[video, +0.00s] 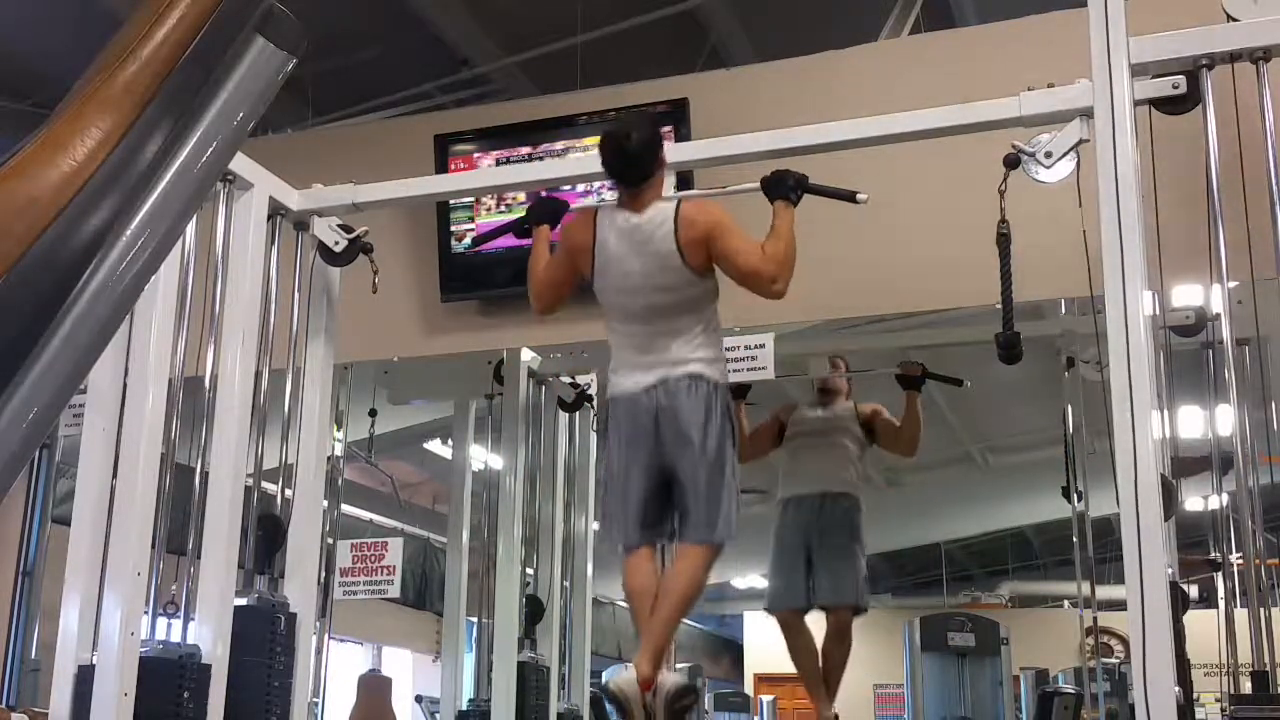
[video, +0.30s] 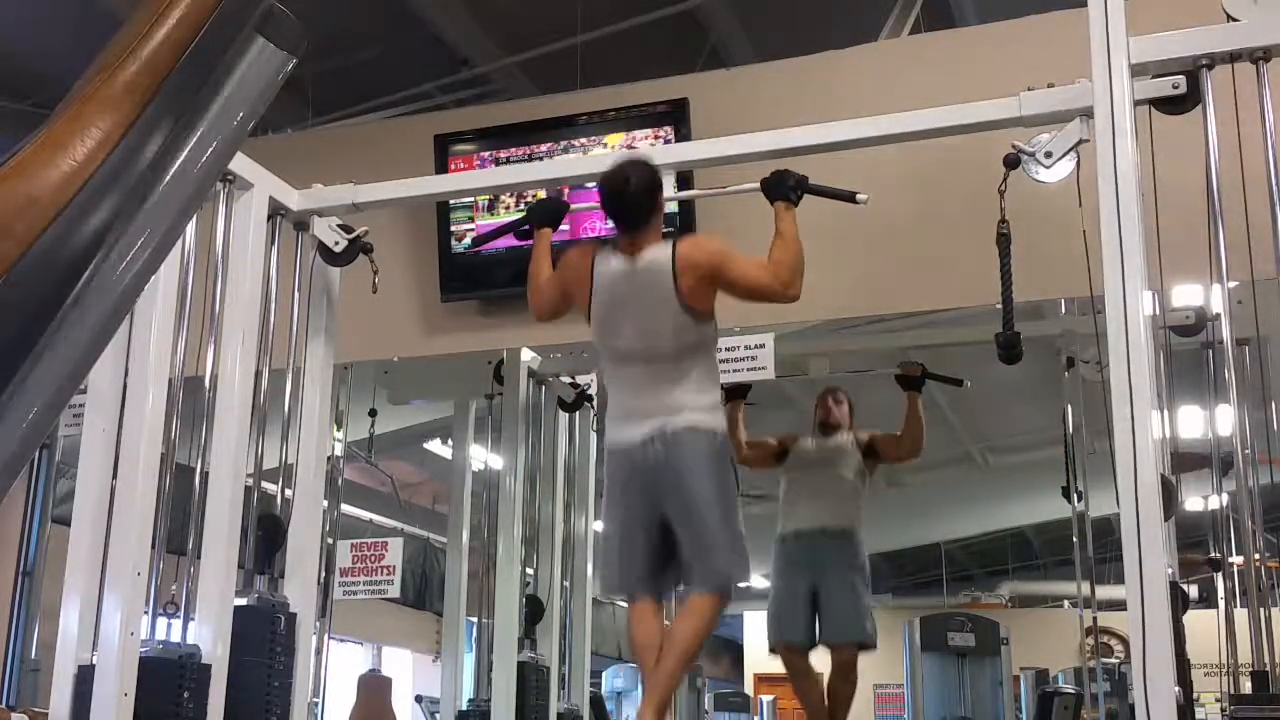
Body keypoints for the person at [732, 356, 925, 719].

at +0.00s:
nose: (830, 368)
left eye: (838, 366)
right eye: (824, 366)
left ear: (849, 382)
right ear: (813, 380)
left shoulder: (865, 413)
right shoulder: (791, 413)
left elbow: (906, 445)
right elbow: (744, 451)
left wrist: (912, 393)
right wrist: (737, 401)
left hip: (841, 509)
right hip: (793, 510)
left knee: (841, 612)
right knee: (785, 610)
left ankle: (825, 708)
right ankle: (822, 707)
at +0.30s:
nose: (828, 405)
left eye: (836, 401)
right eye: (822, 402)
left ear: (849, 414)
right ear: (814, 415)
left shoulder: (862, 443)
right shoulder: (793, 444)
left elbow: (909, 448)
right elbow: (743, 453)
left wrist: (913, 393)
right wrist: (734, 404)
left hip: (841, 548)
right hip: (792, 550)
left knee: (845, 652)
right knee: (789, 647)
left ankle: (837, 716)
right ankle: (819, 715)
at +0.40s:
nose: (830, 430)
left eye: (838, 427)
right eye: (824, 426)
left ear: (851, 439)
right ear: (816, 439)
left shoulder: (863, 466)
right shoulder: (795, 466)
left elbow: (909, 446)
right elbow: (740, 455)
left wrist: (912, 393)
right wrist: (735, 403)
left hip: (841, 572)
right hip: (791, 573)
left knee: (846, 681)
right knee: (784, 676)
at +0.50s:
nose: (830, 448)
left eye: (838, 446)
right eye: (825, 445)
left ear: (851, 459)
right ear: (815, 457)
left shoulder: (862, 485)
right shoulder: (790, 484)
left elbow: (905, 449)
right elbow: (742, 454)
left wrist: (912, 394)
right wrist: (736, 402)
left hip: (839, 591)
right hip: (788, 592)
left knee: (844, 697)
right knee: (783, 696)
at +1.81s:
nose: (827, 466)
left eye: (835, 464)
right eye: (820, 463)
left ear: (847, 476)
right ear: (811, 475)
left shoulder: (860, 499)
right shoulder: (789, 497)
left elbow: (902, 452)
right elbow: (745, 456)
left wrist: (910, 395)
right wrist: (737, 403)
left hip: (839, 614)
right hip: (788, 613)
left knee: (844, 709)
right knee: (781, 708)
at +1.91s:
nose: (826, 458)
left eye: (835, 457)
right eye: (820, 457)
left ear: (847, 472)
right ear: (810, 471)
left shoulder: (859, 493)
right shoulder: (787, 492)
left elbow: (901, 451)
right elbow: (744, 456)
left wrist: (910, 395)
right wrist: (736, 403)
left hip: (838, 609)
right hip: (787, 608)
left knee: (842, 705)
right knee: (780, 705)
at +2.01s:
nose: (828, 445)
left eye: (836, 442)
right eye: (822, 442)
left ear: (848, 455)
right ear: (811, 454)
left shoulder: (860, 480)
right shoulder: (789, 480)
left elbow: (902, 450)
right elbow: (739, 453)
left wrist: (910, 394)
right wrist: (736, 401)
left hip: (839, 589)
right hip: (788, 588)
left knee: (841, 696)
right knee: (779, 694)